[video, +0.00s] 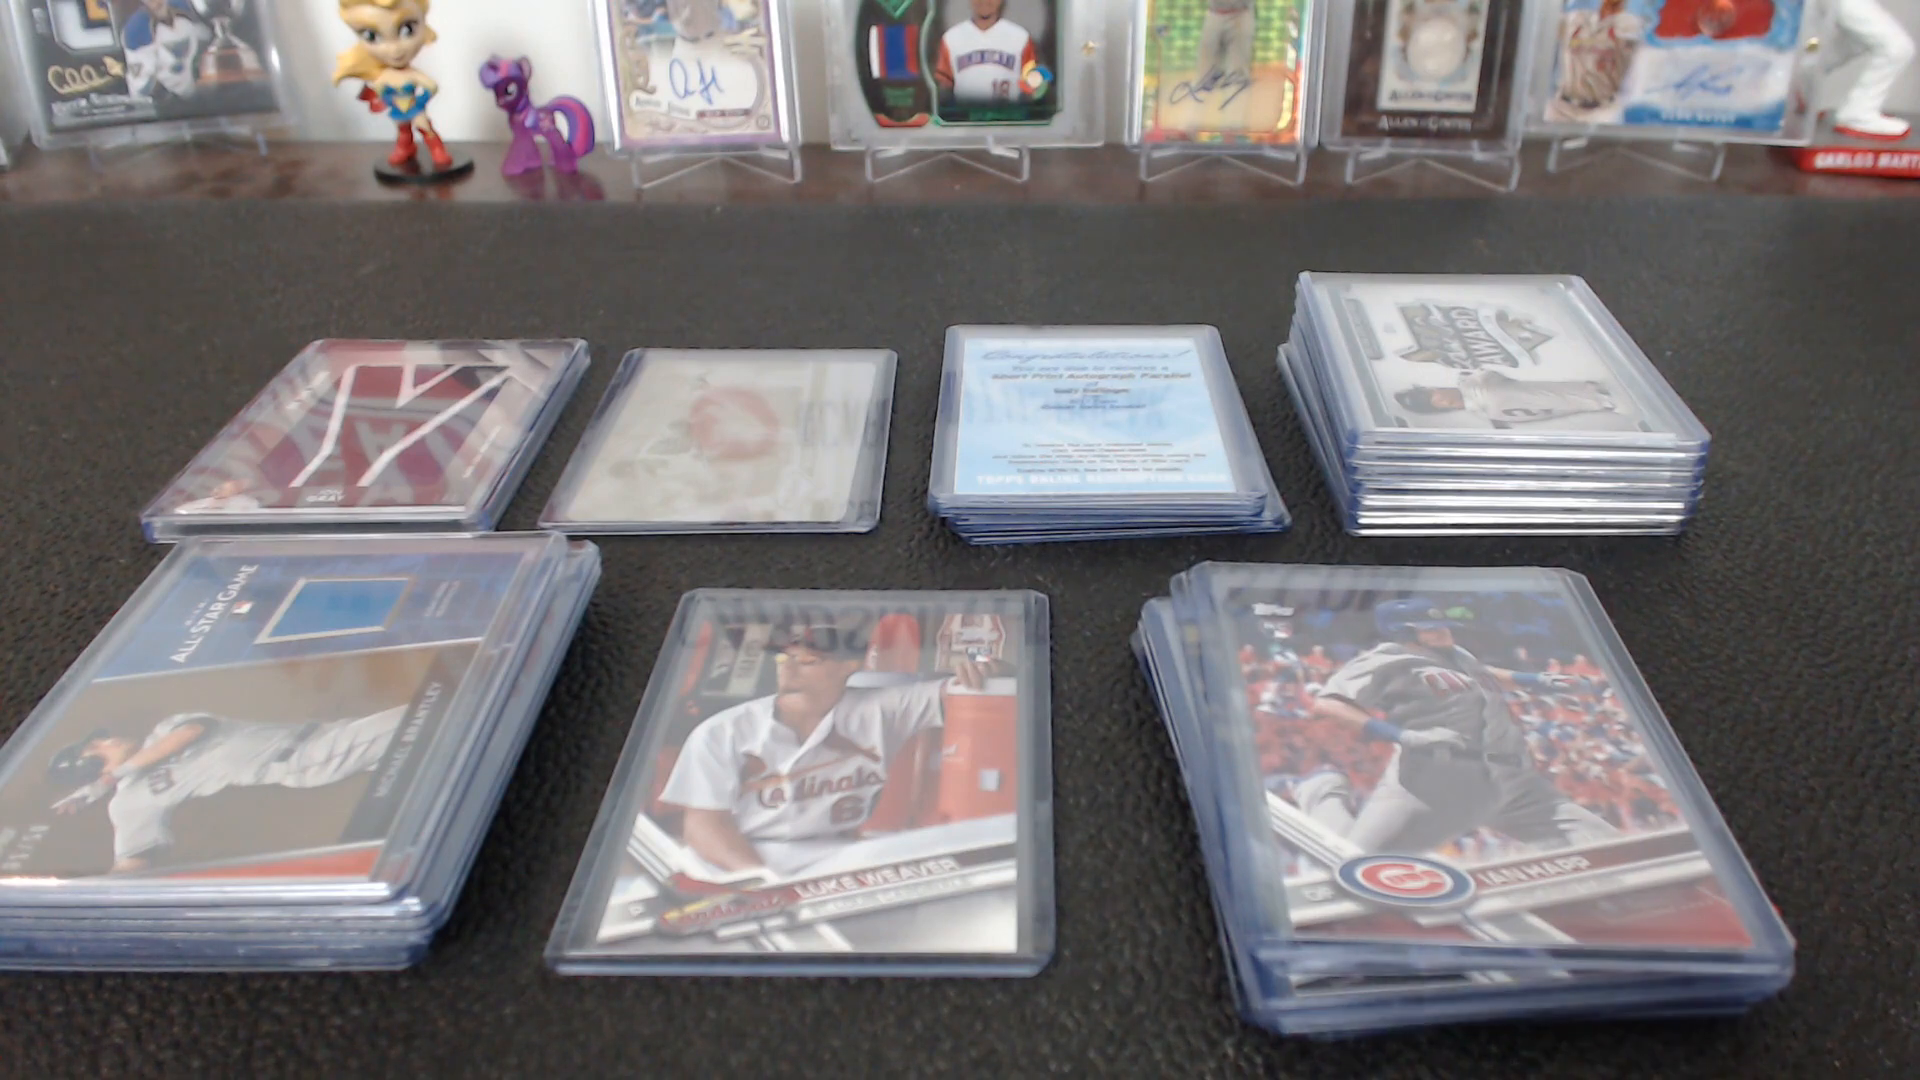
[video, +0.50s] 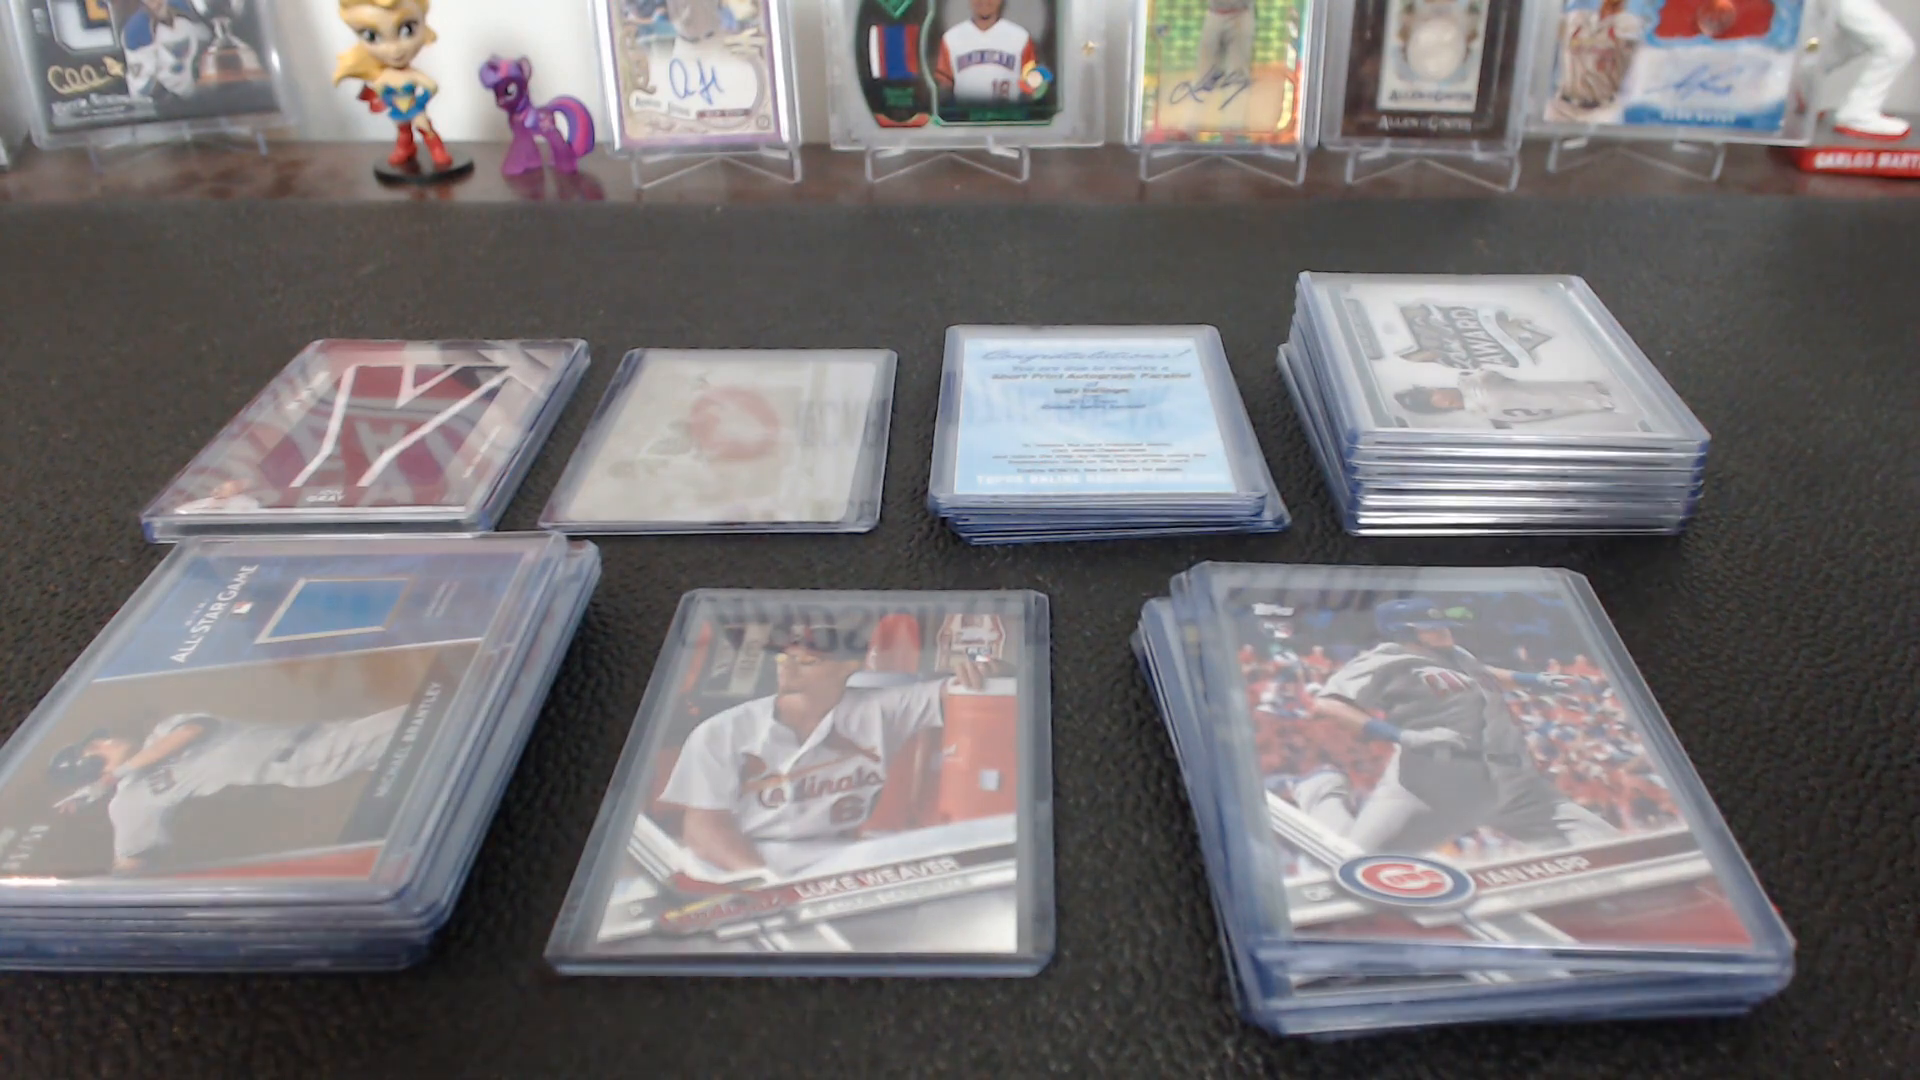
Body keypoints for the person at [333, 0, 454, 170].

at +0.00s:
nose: (394, 50)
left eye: (407, 30)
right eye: (372, 36)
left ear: (424, 29)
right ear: (359, 38)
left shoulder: (414, 75)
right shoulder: (379, 75)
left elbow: (426, 86)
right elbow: (370, 88)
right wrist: (375, 100)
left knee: (421, 122)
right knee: (401, 124)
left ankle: (437, 149)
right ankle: (405, 147)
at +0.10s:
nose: (394, 50)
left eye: (407, 30)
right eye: (372, 36)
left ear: (424, 29)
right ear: (359, 38)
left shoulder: (414, 75)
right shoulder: (379, 75)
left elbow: (426, 86)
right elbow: (370, 88)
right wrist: (375, 100)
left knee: (421, 122)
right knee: (401, 124)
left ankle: (437, 149)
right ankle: (405, 147)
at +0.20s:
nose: (394, 50)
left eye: (407, 30)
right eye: (372, 36)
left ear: (424, 29)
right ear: (359, 38)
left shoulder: (414, 75)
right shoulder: (379, 75)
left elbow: (426, 86)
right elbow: (370, 87)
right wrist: (374, 100)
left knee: (422, 122)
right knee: (401, 124)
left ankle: (437, 149)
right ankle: (405, 148)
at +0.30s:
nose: (394, 50)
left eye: (407, 30)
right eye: (372, 36)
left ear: (424, 29)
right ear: (359, 38)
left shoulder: (414, 75)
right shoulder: (379, 75)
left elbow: (427, 86)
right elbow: (370, 88)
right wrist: (374, 100)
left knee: (422, 123)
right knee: (401, 125)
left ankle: (437, 149)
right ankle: (405, 148)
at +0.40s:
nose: (394, 50)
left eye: (407, 30)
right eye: (372, 36)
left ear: (424, 29)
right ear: (359, 38)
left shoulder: (414, 75)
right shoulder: (379, 75)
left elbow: (427, 86)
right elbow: (370, 88)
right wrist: (374, 100)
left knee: (422, 123)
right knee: (401, 125)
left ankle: (437, 149)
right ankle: (405, 148)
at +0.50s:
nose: (394, 51)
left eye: (407, 30)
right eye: (372, 36)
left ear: (424, 29)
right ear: (359, 38)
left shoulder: (414, 75)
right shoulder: (379, 75)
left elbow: (427, 86)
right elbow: (370, 88)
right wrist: (375, 100)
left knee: (422, 123)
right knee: (401, 125)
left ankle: (437, 149)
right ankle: (405, 148)